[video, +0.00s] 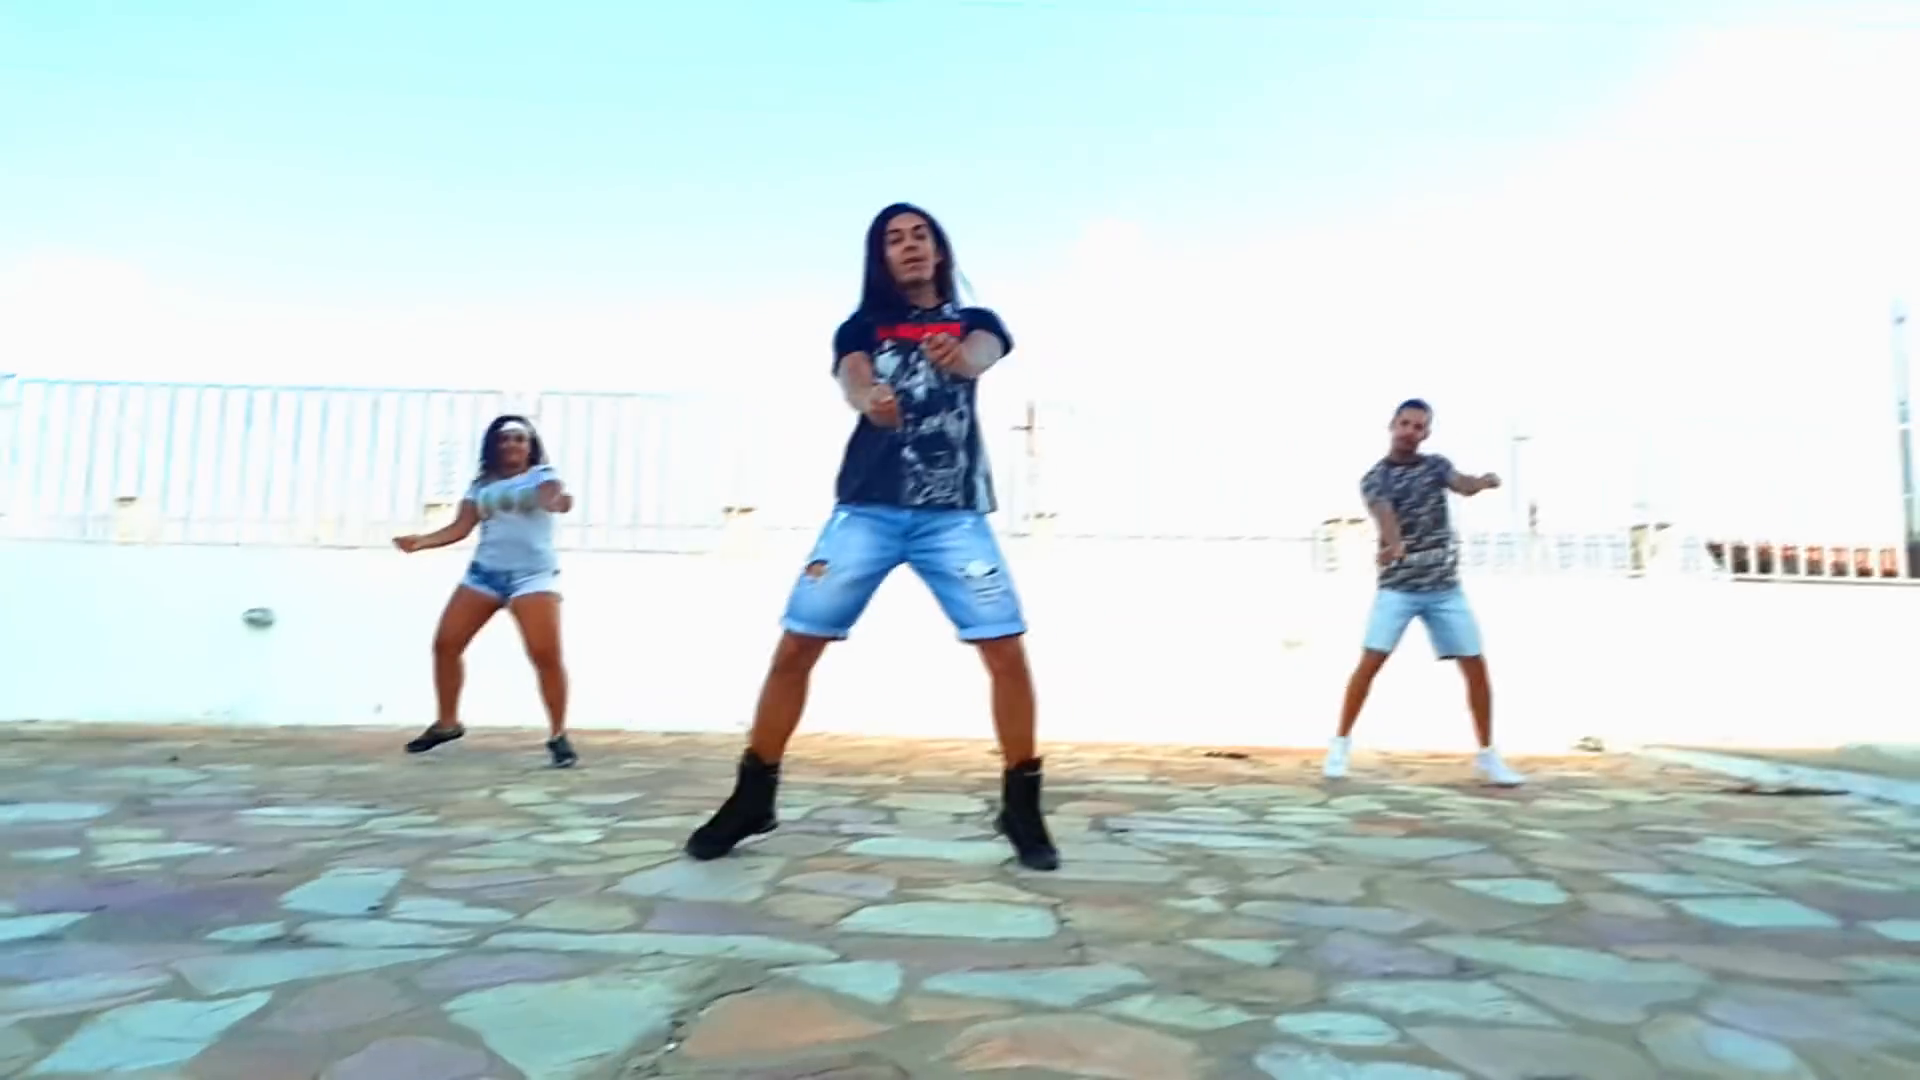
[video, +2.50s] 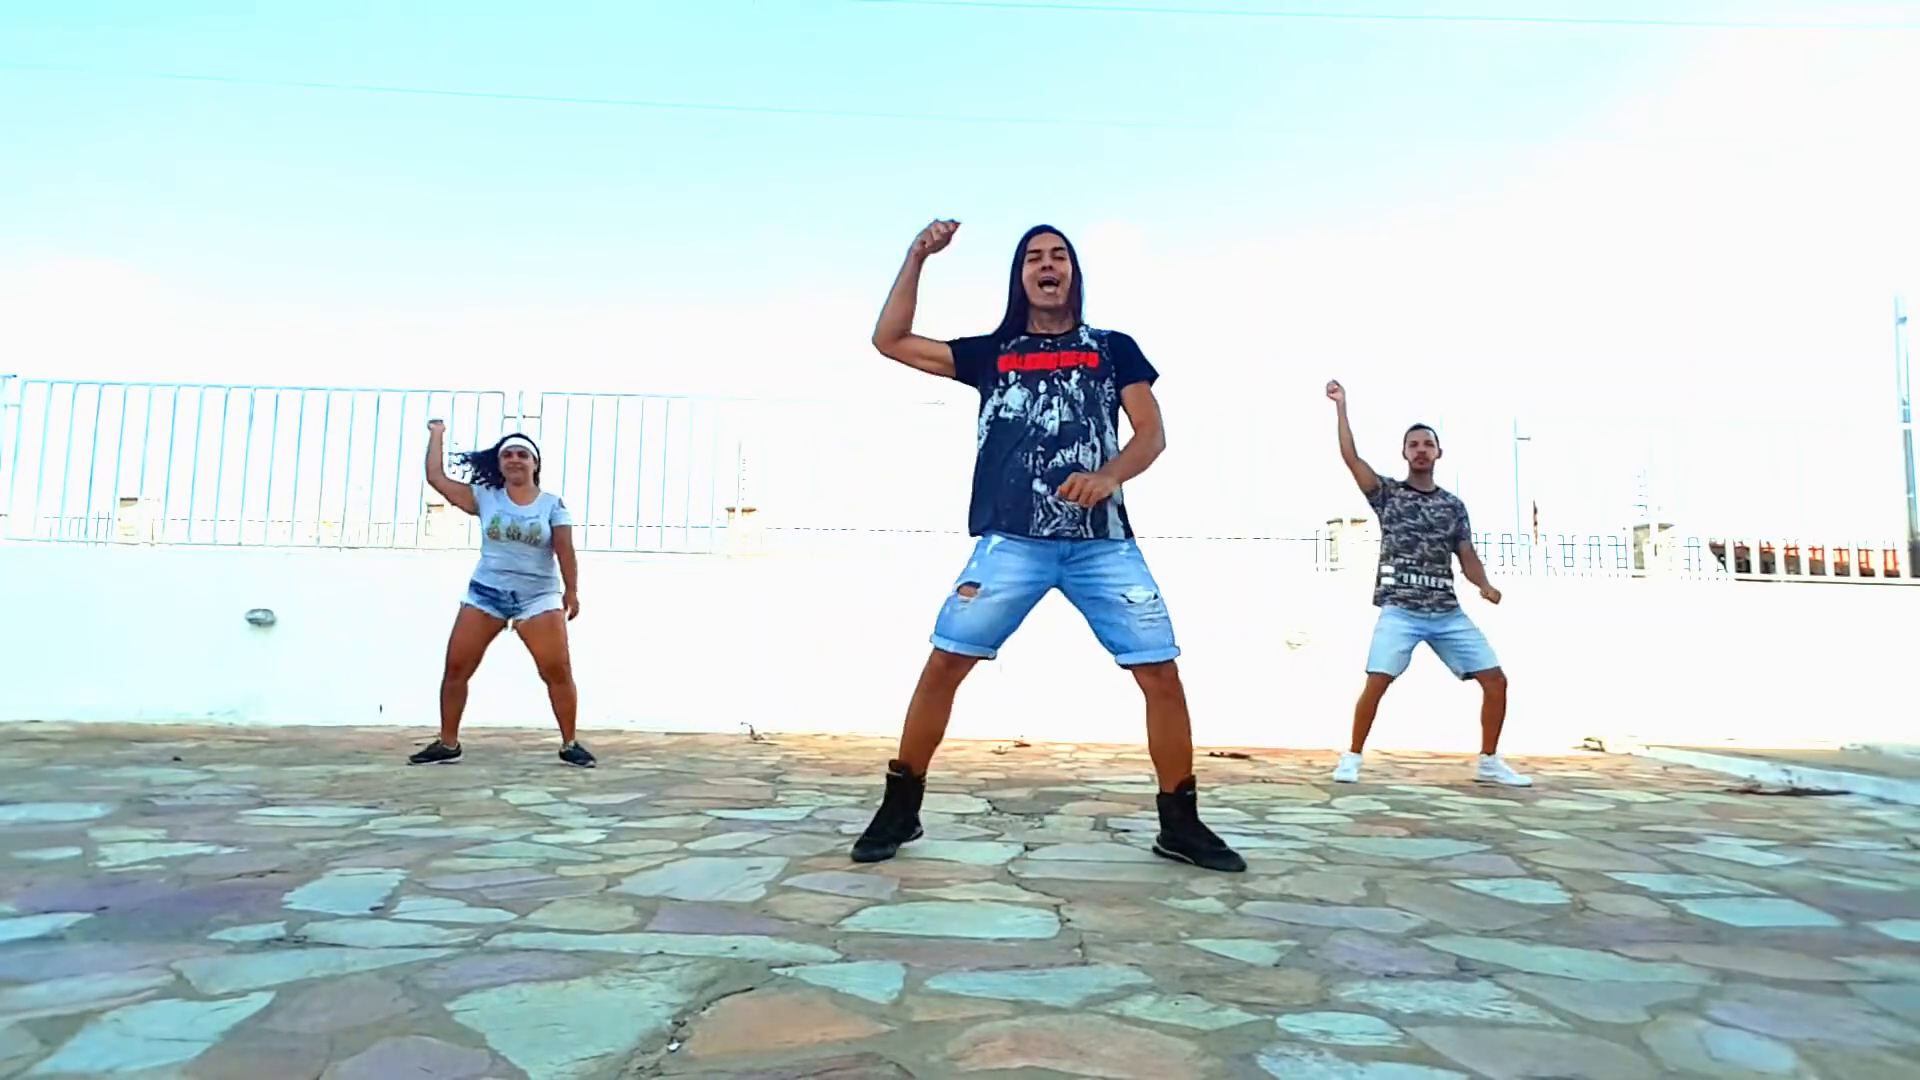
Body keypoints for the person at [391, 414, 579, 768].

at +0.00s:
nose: (512, 445)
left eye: (519, 439)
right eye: (504, 439)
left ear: (530, 446)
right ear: (493, 447)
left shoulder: (541, 476)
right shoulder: (482, 486)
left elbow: (550, 496)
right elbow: (459, 528)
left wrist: (558, 502)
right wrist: (420, 541)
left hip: (533, 576)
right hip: (484, 575)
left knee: (546, 654)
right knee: (446, 645)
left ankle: (558, 734)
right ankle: (447, 723)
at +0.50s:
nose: (453, 439)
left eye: (461, 434)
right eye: (446, 434)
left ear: (477, 441)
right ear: (439, 443)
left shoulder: (491, 472)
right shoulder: (428, 481)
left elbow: (493, 485)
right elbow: (414, 516)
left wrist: (483, 490)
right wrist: (389, 530)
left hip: (474, 570)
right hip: (425, 567)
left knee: (475, 656)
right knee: (399, 648)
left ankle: (477, 738)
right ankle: (383, 724)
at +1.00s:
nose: (383, 441)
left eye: (392, 437)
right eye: (377, 437)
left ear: (409, 447)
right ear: (368, 447)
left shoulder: (416, 481)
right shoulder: (353, 481)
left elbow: (419, 495)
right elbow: (338, 517)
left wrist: (403, 499)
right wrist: (340, 525)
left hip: (395, 576)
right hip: (348, 572)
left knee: (389, 660)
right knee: (321, 652)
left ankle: (390, 738)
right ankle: (305, 730)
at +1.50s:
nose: (356, 447)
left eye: (365, 445)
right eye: (349, 442)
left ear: (376, 460)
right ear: (337, 453)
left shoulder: (382, 496)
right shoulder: (314, 491)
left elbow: (391, 540)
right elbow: (299, 537)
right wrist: (300, 566)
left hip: (365, 584)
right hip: (315, 583)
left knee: (386, 659)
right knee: (290, 666)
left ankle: (400, 734)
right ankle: (290, 739)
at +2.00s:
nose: (397, 452)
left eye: (406, 448)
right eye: (392, 448)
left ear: (423, 461)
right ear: (385, 458)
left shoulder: (432, 501)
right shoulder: (370, 489)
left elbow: (446, 552)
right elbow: (324, 468)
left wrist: (453, 599)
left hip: (409, 590)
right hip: (357, 585)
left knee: (433, 663)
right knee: (333, 666)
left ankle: (454, 737)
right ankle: (325, 739)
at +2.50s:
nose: (515, 458)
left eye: (522, 453)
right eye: (508, 453)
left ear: (535, 464)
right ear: (498, 463)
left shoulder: (551, 505)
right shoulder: (484, 497)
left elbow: (565, 551)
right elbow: (436, 477)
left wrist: (571, 590)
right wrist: (436, 435)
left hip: (538, 596)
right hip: (486, 592)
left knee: (558, 671)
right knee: (456, 667)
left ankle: (570, 744)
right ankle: (448, 743)